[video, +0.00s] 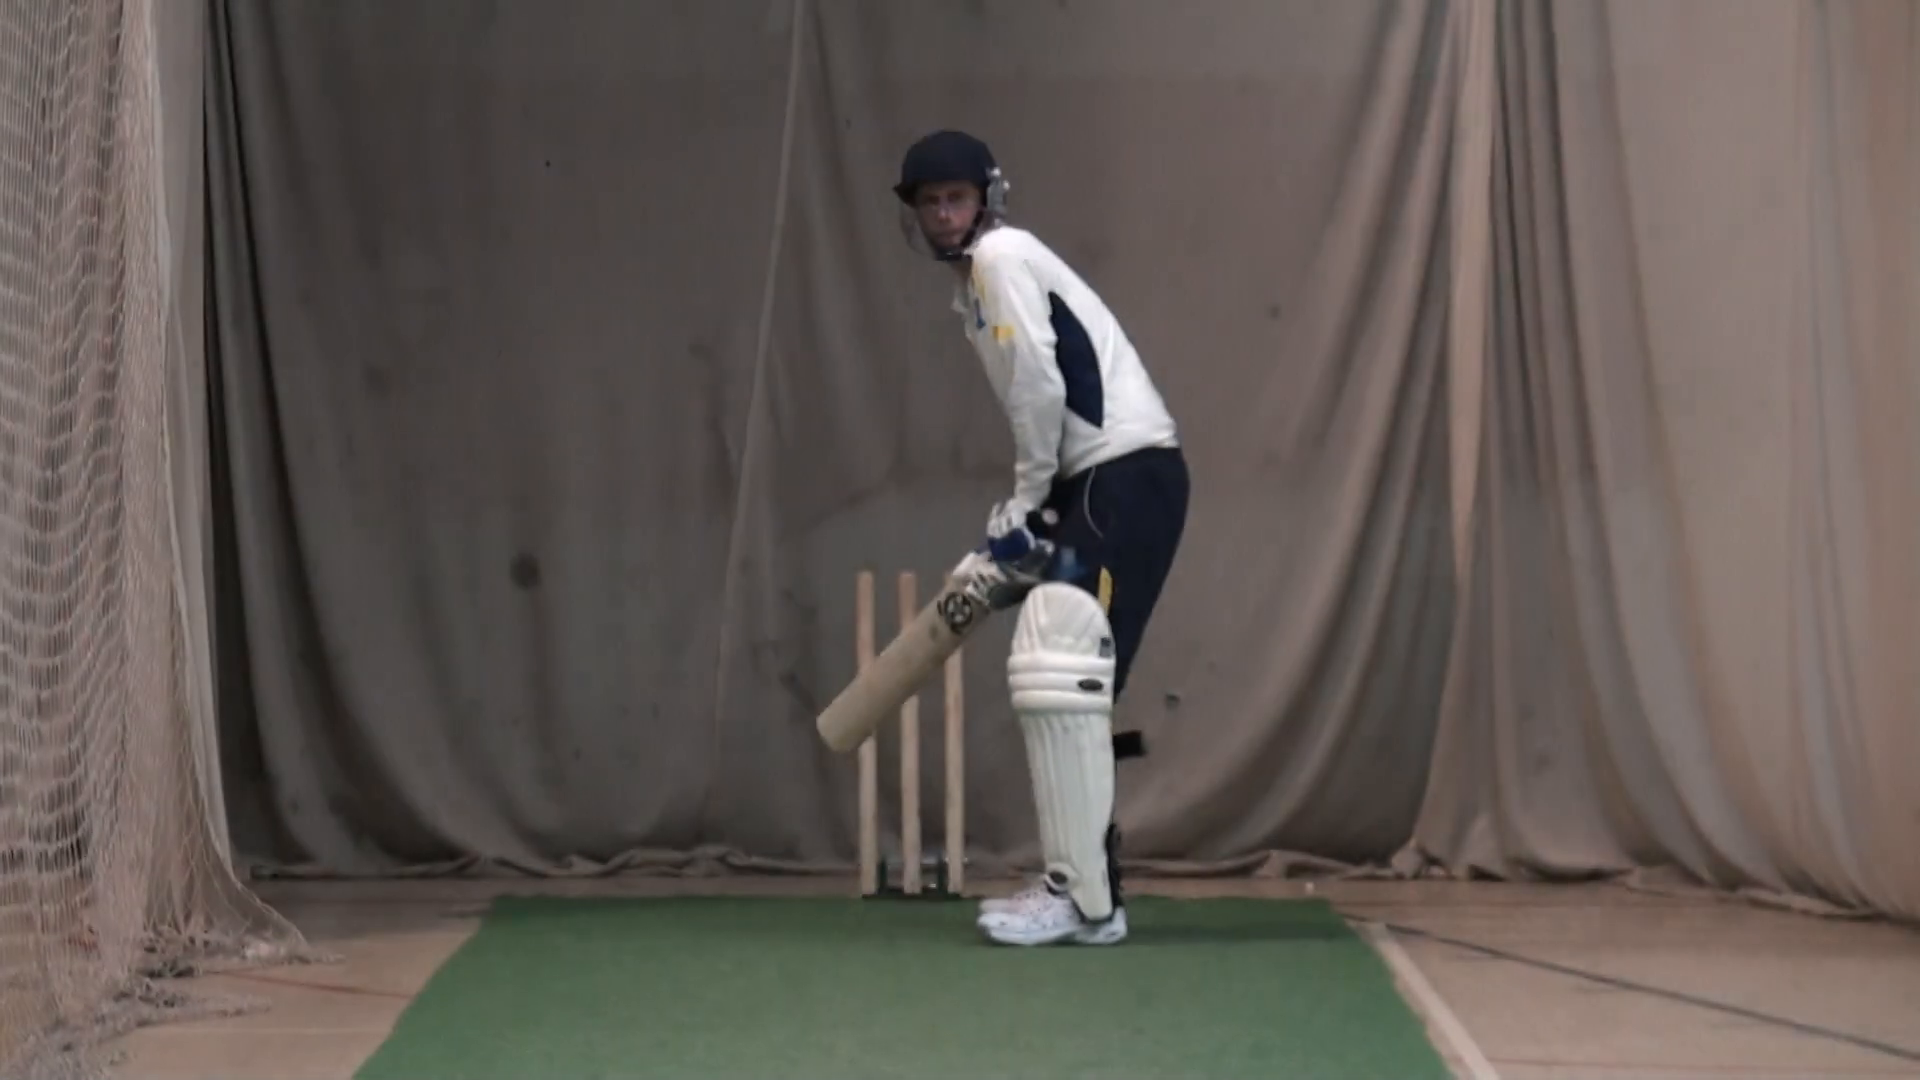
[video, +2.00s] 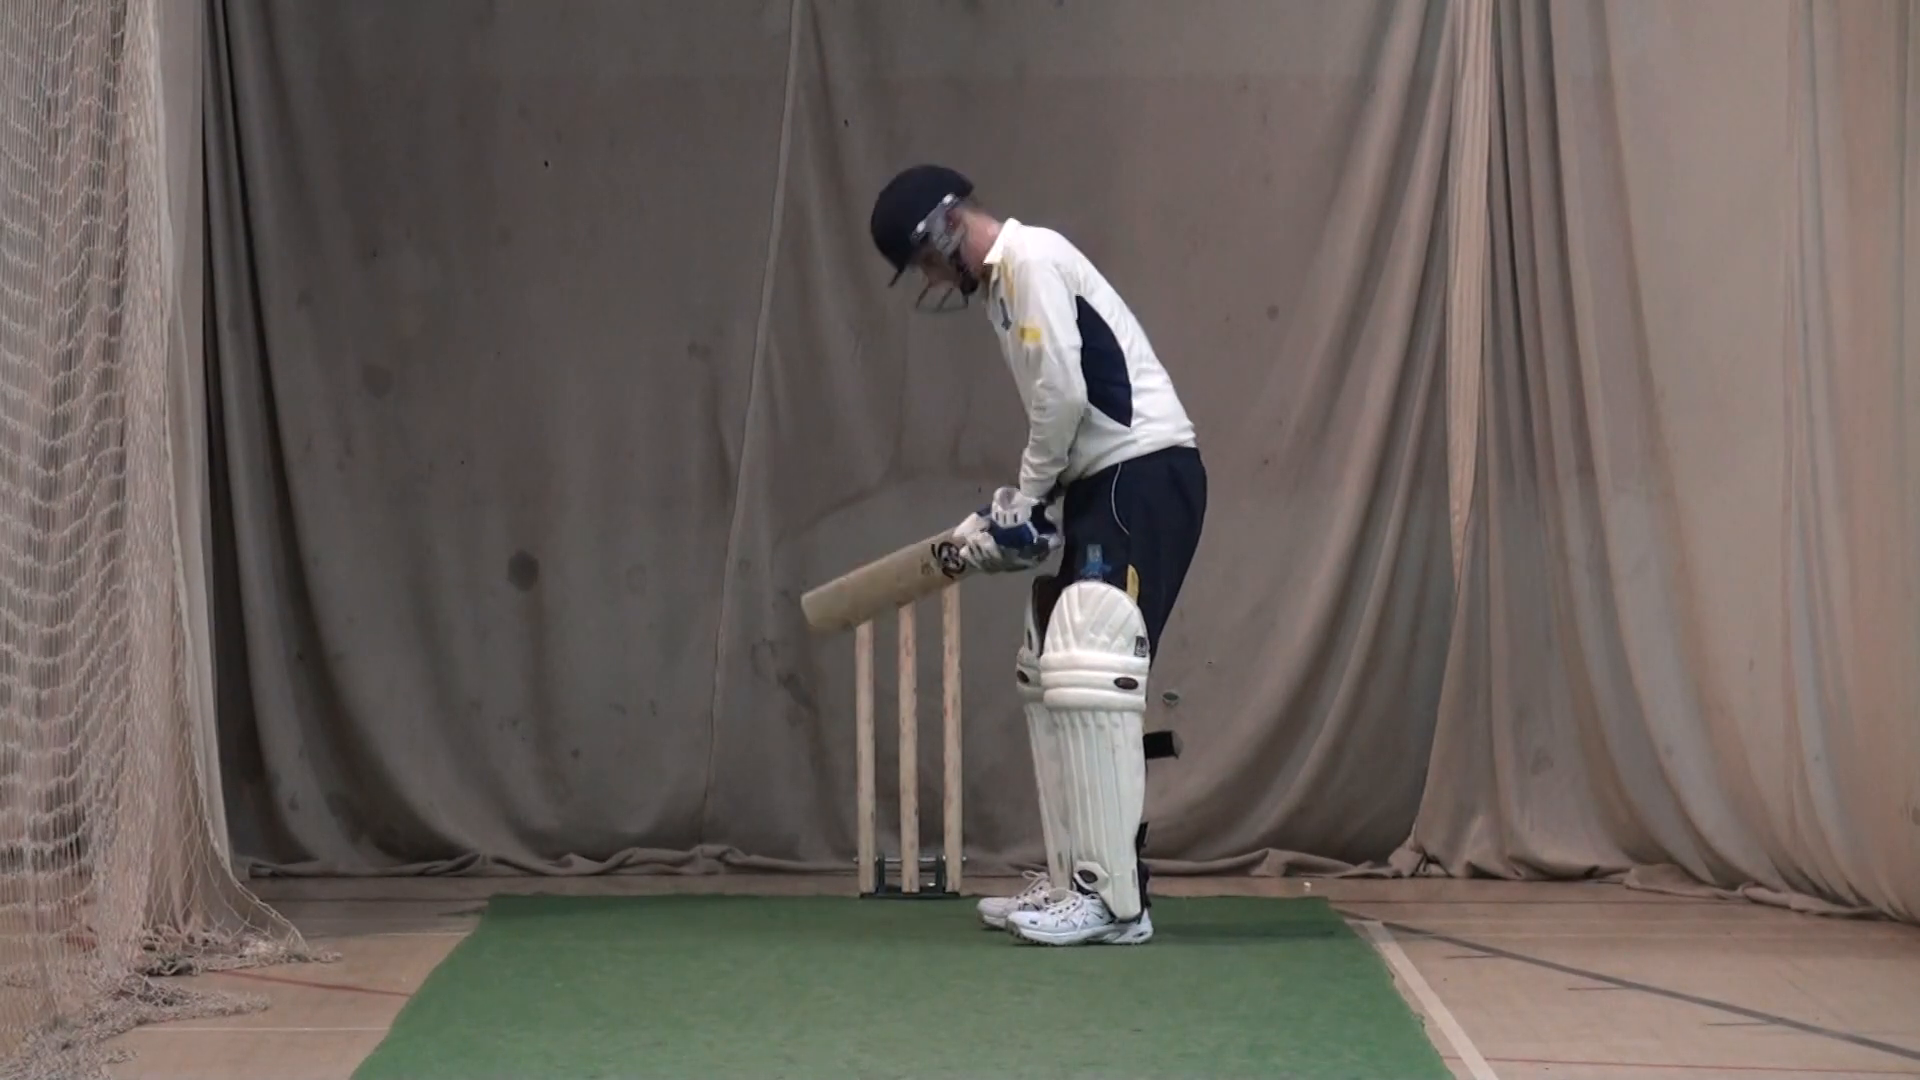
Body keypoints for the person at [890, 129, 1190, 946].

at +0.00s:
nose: (946, 216)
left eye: (960, 199)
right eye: (931, 204)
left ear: (989, 198)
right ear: (913, 214)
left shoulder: (1001, 258)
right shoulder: (985, 279)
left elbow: (1040, 390)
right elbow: (1044, 426)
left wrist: (1024, 510)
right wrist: (1004, 546)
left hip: (1126, 473)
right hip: (1100, 478)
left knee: (1055, 669)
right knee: (1062, 676)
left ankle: (1081, 894)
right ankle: (1083, 886)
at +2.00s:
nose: (928, 277)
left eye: (924, 257)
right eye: (916, 269)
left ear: (955, 223)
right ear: (956, 229)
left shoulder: (1025, 261)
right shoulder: (1008, 279)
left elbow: (1062, 395)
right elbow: (1060, 418)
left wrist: (1023, 497)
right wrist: (1012, 522)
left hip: (1139, 477)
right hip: (1101, 486)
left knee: (1096, 682)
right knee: (1060, 677)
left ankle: (1112, 900)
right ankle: (1076, 881)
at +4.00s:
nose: (993, 181)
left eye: (1010, 164)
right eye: (979, 165)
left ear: (1037, 168)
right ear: (961, 173)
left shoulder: (1054, 241)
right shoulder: (995, 269)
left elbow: (1082, 377)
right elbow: (1042, 404)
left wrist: (1036, 496)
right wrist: (1012, 515)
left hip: (1131, 473)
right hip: (1083, 480)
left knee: (1097, 678)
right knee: (1056, 675)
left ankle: (1113, 896)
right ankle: (1079, 882)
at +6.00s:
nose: (967, 198)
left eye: (982, 182)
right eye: (952, 186)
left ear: (1013, 183)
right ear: (936, 195)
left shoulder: (1030, 243)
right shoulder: (992, 277)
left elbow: (1065, 377)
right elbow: (1043, 408)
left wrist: (1034, 488)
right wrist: (1011, 517)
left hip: (1126, 470)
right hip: (1080, 480)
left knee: (1082, 672)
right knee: (1037, 672)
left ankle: (1112, 898)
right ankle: (1076, 881)